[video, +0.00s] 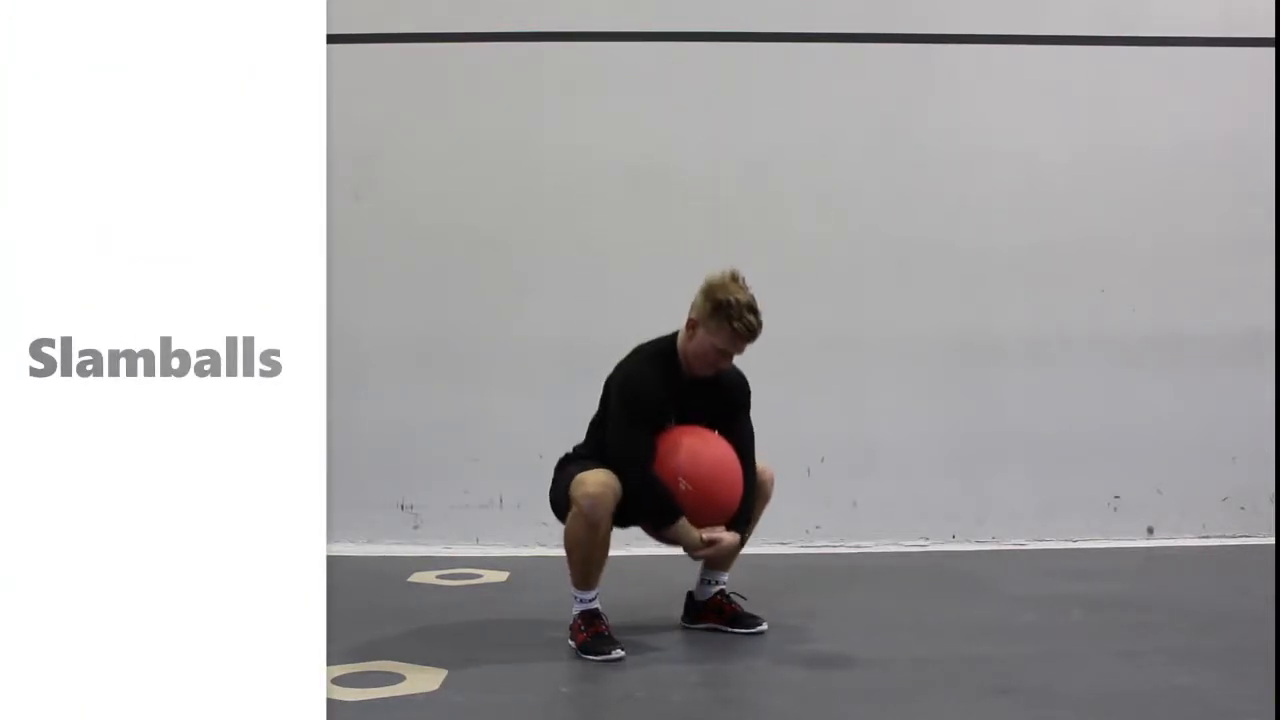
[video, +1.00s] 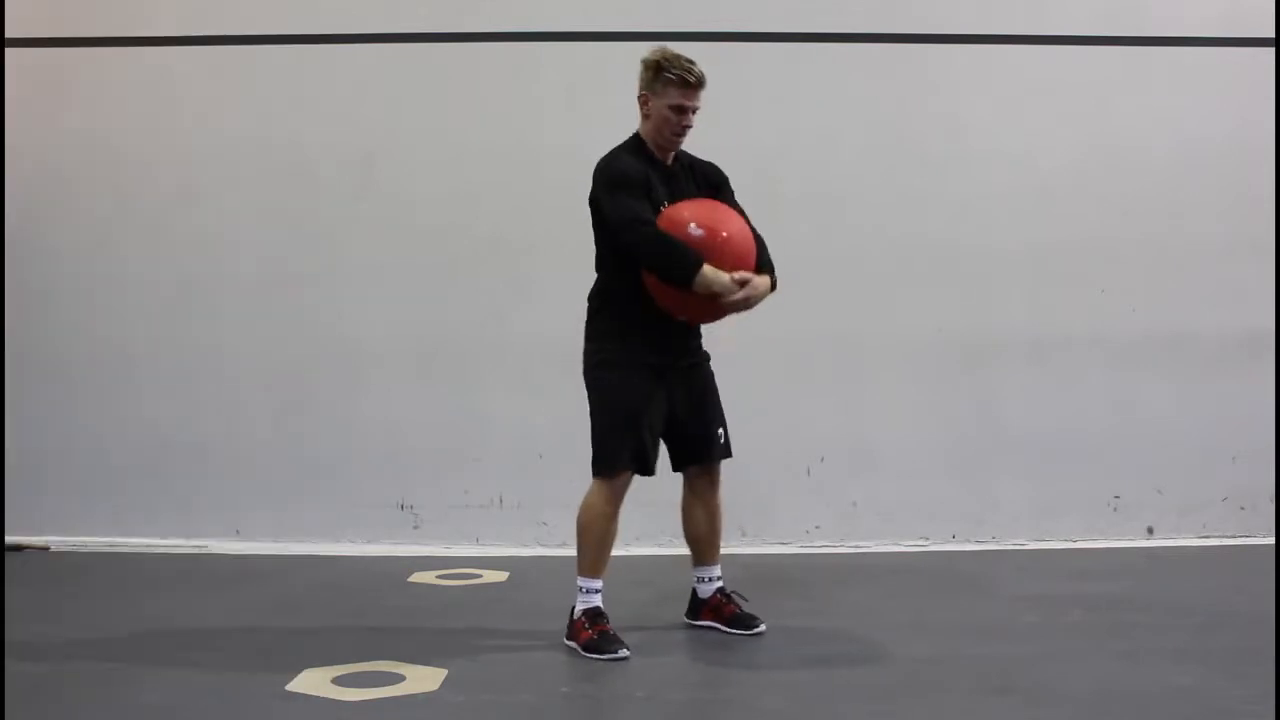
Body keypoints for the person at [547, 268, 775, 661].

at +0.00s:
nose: (728, 363)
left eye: (735, 355)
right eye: (721, 351)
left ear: (744, 345)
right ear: (691, 327)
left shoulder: (732, 387)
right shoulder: (639, 373)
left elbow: (744, 468)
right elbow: (630, 472)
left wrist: (737, 533)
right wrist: (685, 535)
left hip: (674, 485)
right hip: (604, 475)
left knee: (759, 480)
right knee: (596, 490)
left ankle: (706, 599)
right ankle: (587, 614)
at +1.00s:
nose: (685, 121)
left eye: (693, 111)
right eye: (675, 110)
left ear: (698, 110)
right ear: (643, 103)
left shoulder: (707, 176)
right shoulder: (616, 171)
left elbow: (747, 240)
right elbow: (639, 239)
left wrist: (763, 279)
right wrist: (713, 281)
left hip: (683, 340)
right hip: (620, 341)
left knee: (704, 464)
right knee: (613, 473)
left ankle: (708, 596)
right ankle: (587, 611)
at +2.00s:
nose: (738, 360)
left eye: (746, 351)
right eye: (732, 348)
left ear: (755, 343)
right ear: (701, 324)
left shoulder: (746, 388)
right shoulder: (650, 370)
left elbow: (754, 474)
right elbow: (639, 472)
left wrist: (739, 542)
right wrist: (690, 544)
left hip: (681, 477)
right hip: (606, 464)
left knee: (768, 484)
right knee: (605, 490)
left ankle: (710, 598)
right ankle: (587, 614)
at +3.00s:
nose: (683, 115)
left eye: (690, 105)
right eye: (672, 103)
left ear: (696, 107)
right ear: (641, 102)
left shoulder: (710, 175)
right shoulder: (617, 171)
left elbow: (753, 243)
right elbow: (640, 238)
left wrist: (760, 282)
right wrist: (713, 281)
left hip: (681, 340)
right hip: (620, 340)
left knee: (702, 463)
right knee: (611, 468)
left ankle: (708, 597)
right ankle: (587, 611)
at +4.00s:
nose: (743, 339)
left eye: (750, 327)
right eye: (736, 325)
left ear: (757, 321)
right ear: (703, 307)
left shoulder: (747, 375)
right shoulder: (654, 359)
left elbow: (753, 461)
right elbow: (641, 455)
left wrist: (741, 526)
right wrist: (687, 523)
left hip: (680, 466)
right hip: (607, 451)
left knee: (770, 484)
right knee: (608, 490)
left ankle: (710, 597)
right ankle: (590, 614)